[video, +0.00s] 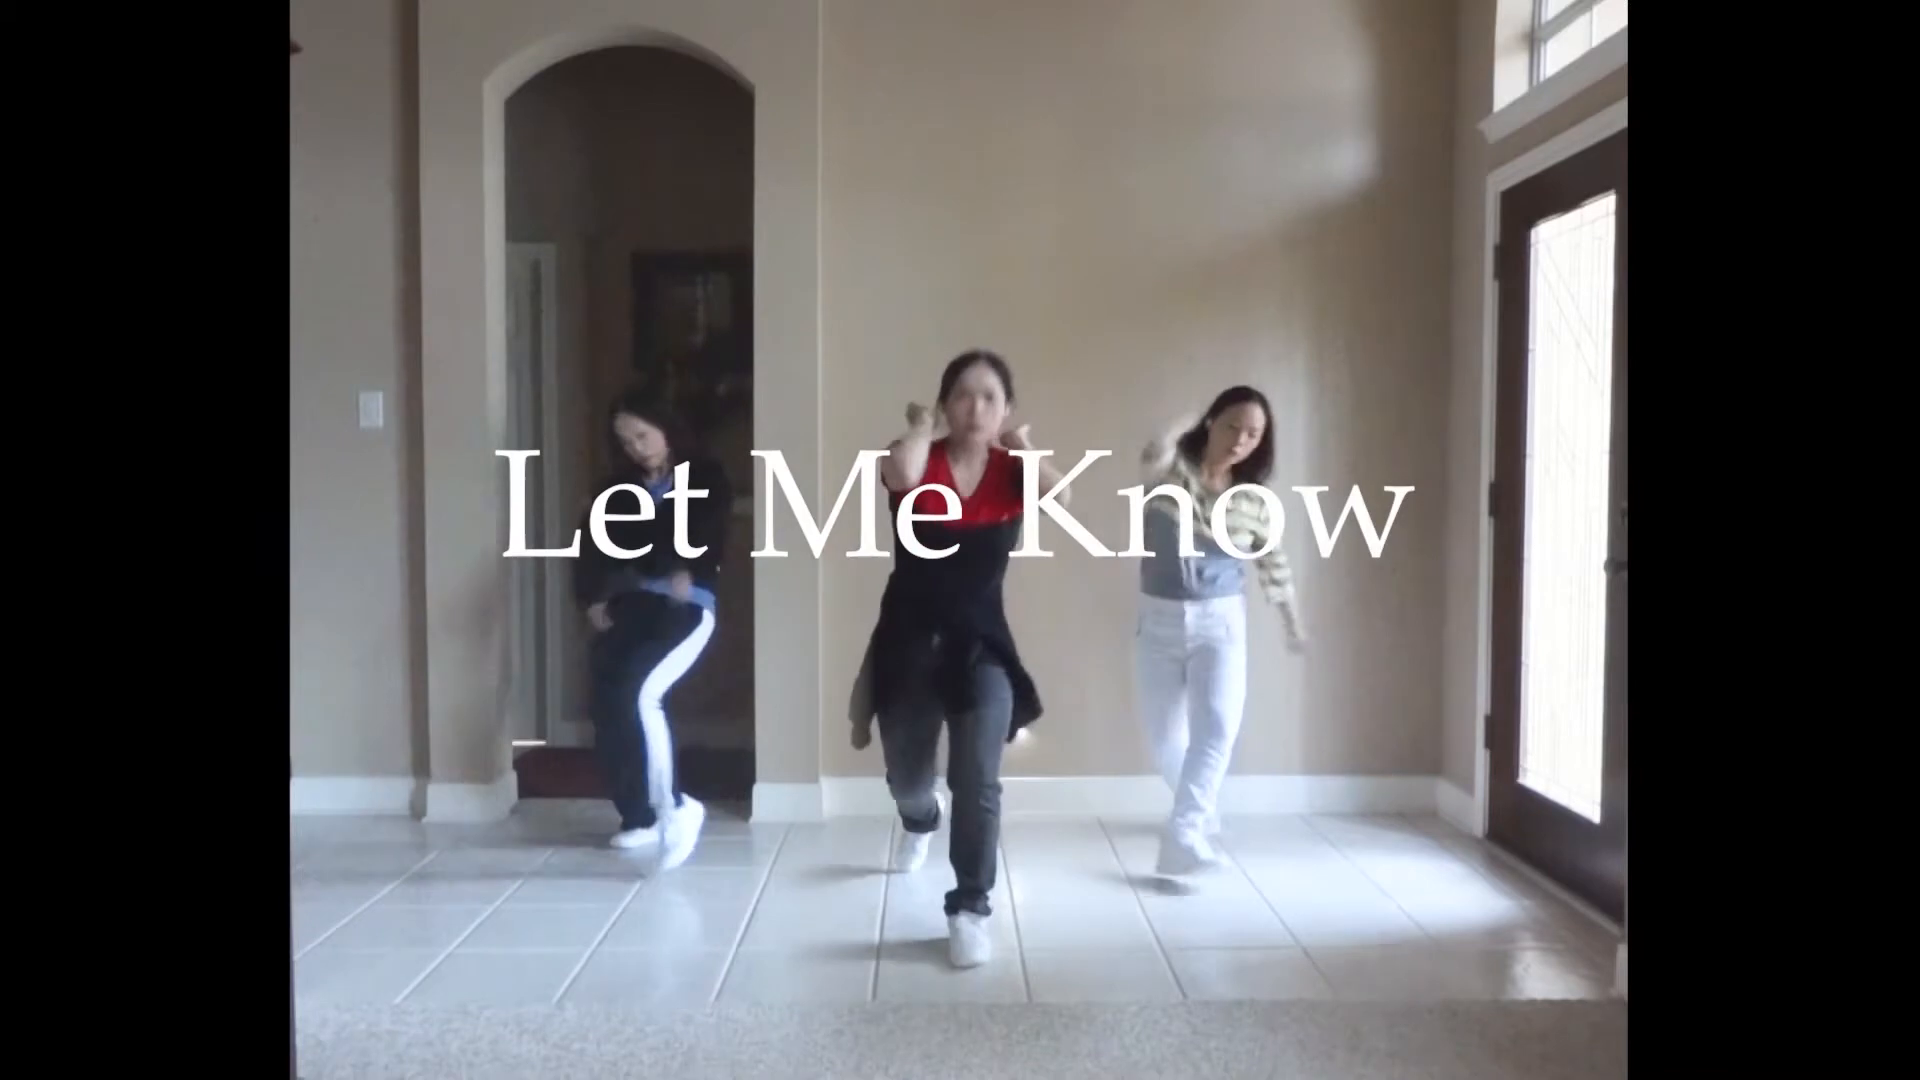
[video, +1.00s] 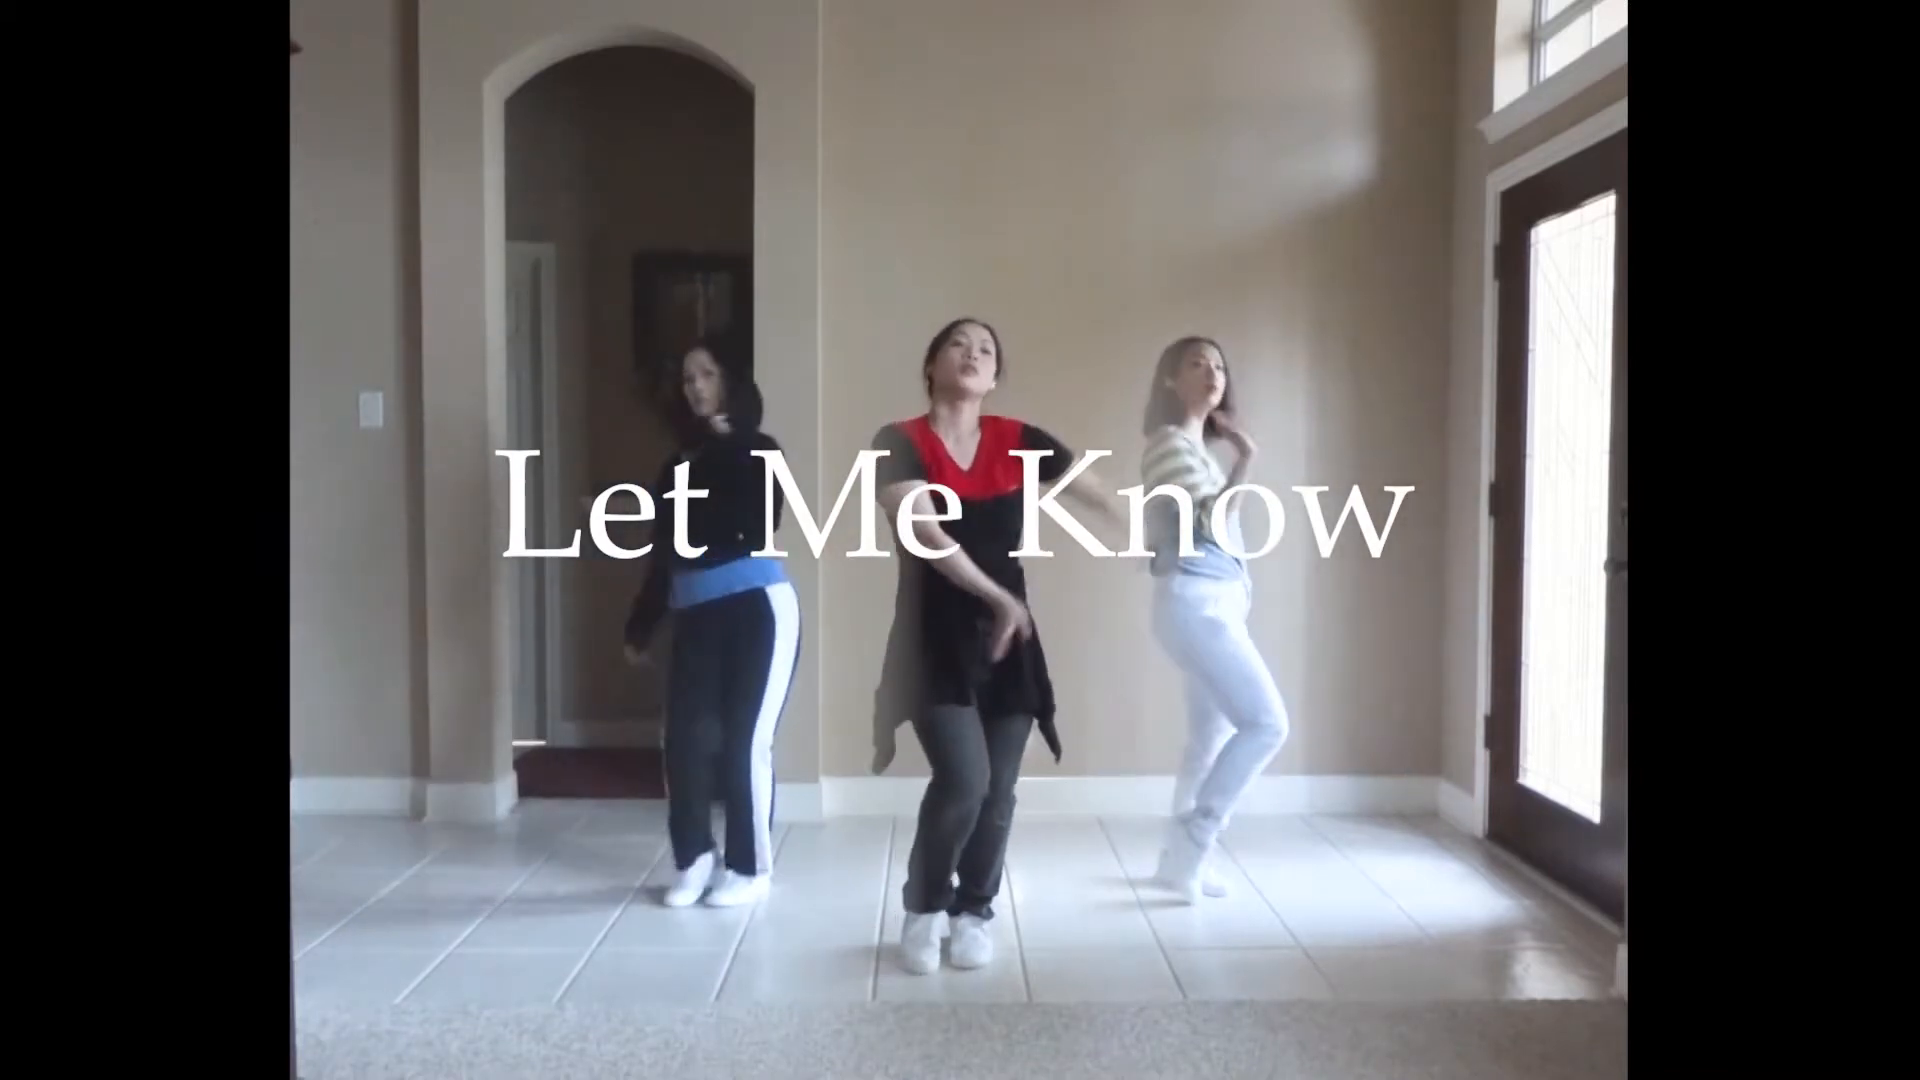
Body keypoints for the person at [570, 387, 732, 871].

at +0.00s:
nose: (638, 449)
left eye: (644, 436)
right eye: (628, 442)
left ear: (665, 429)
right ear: (623, 445)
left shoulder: (703, 477)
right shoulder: (623, 489)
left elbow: (713, 536)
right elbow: (593, 545)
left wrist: (690, 569)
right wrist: (593, 598)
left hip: (686, 607)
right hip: (632, 609)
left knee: (644, 693)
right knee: (610, 702)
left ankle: (672, 810)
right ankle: (640, 822)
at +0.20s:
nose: (613, 434)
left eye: (618, 422)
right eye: (608, 424)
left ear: (642, 415)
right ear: (619, 425)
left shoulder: (699, 456)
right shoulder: (635, 467)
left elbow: (721, 538)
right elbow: (622, 551)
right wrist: (594, 618)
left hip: (701, 600)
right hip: (647, 596)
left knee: (700, 719)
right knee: (628, 705)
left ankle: (732, 849)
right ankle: (647, 818)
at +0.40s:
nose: (639, 404)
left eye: (644, 389)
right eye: (632, 396)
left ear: (670, 383)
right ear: (634, 402)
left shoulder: (714, 437)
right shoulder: (659, 450)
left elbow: (737, 519)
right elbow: (662, 534)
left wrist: (671, 505)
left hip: (725, 591)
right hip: (671, 592)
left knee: (729, 730)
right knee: (660, 711)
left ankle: (751, 862)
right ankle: (661, 802)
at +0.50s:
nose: (651, 397)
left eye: (656, 385)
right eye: (644, 389)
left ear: (682, 380)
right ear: (649, 394)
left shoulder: (723, 432)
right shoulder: (672, 443)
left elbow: (746, 513)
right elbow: (662, 520)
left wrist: (684, 505)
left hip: (730, 592)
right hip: (681, 591)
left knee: (728, 727)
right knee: (672, 707)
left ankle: (752, 864)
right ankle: (685, 812)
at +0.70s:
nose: (673, 387)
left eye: (680, 374)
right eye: (667, 378)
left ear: (708, 375)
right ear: (669, 385)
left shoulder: (744, 438)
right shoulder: (682, 449)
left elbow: (751, 526)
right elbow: (663, 528)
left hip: (743, 601)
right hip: (690, 602)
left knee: (731, 734)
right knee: (682, 731)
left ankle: (750, 867)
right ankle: (722, 846)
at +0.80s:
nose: (684, 384)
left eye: (693, 372)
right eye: (677, 376)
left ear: (718, 373)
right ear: (673, 385)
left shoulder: (747, 429)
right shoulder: (680, 456)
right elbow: (664, 540)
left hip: (749, 600)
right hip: (690, 604)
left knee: (736, 736)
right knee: (682, 733)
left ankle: (750, 868)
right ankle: (718, 854)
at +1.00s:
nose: (695, 387)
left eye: (705, 375)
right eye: (688, 379)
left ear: (733, 380)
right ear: (682, 389)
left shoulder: (761, 453)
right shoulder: (681, 465)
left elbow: (757, 518)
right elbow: (665, 555)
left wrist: (728, 441)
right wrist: (639, 630)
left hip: (759, 607)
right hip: (696, 614)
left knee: (747, 741)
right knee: (687, 737)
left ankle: (749, 868)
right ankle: (694, 858)